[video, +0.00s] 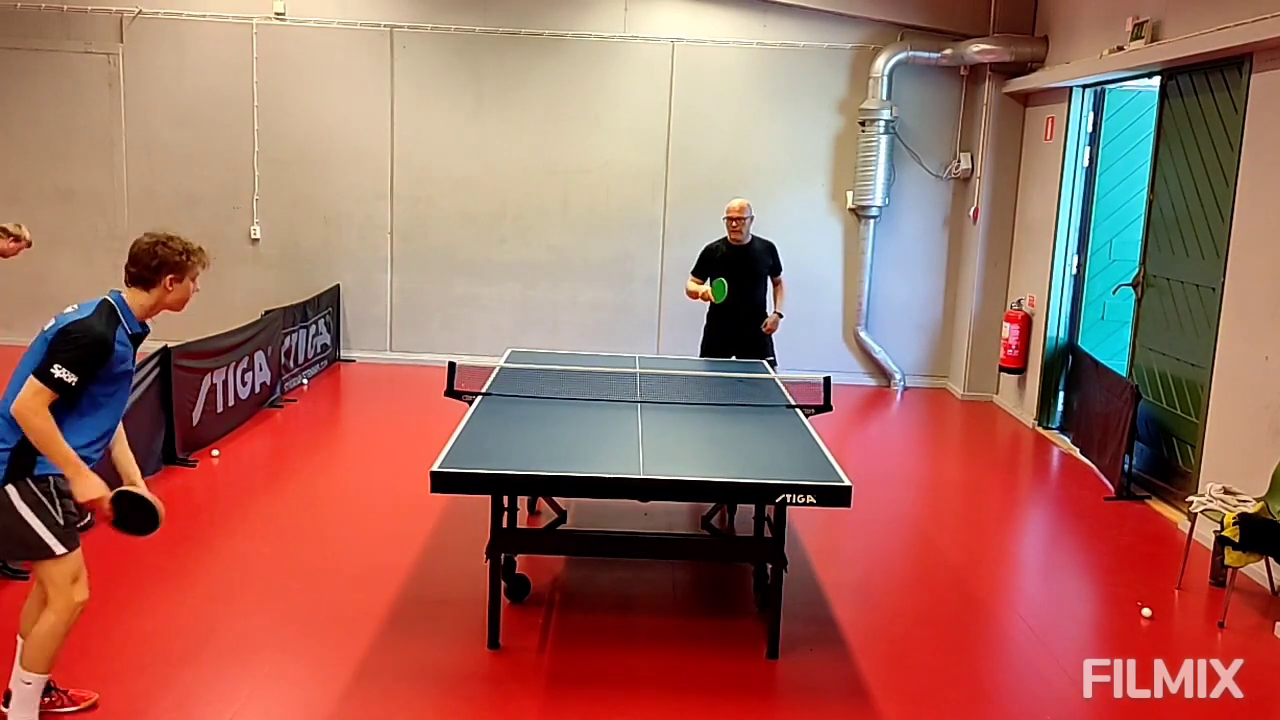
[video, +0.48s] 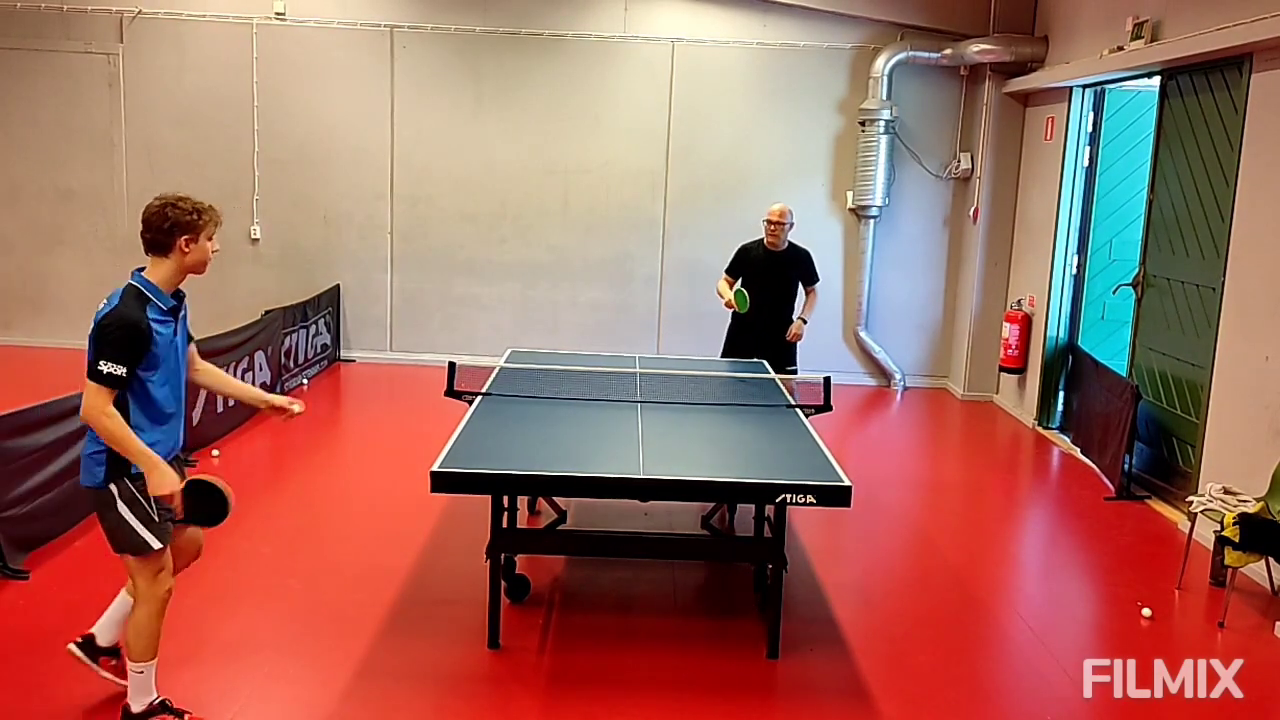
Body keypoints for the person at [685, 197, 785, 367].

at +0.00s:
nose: (734, 224)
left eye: (739, 220)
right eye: (730, 220)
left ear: (751, 221)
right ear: (724, 221)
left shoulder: (766, 250)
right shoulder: (712, 251)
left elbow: (777, 283)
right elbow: (691, 285)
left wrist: (778, 313)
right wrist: (701, 290)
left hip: (754, 334)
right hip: (718, 334)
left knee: (763, 390)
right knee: (710, 387)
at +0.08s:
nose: (738, 225)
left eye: (744, 220)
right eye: (734, 220)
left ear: (755, 222)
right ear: (728, 222)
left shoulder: (771, 251)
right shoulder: (717, 252)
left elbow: (781, 285)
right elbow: (696, 285)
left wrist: (780, 315)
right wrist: (704, 291)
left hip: (757, 337)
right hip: (721, 336)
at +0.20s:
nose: (751, 226)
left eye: (757, 222)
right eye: (747, 221)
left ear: (769, 225)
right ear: (742, 223)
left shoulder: (783, 255)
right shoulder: (729, 253)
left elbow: (794, 289)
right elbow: (708, 285)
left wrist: (789, 319)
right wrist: (714, 294)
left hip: (768, 338)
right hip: (731, 336)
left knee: (782, 390)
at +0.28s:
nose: (758, 227)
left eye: (764, 223)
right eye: (754, 222)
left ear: (776, 226)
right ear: (749, 224)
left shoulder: (789, 256)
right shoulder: (735, 254)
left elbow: (801, 291)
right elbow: (715, 284)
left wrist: (793, 321)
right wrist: (719, 295)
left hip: (772, 337)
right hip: (737, 336)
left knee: (786, 389)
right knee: (726, 391)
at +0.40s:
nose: (769, 228)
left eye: (776, 224)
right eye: (766, 223)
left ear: (788, 227)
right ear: (760, 224)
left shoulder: (798, 257)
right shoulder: (745, 252)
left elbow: (810, 292)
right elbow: (723, 284)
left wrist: (800, 322)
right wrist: (726, 297)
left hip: (778, 339)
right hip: (742, 337)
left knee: (786, 392)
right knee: (732, 392)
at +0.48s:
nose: (772, 228)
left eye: (779, 224)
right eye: (769, 223)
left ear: (790, 227)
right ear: (763, 224)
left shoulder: (800, 257)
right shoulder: (747, 252)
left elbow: (811, 292)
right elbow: (724, 283)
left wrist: (802, 321)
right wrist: (728, 296)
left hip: (779, 337)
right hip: (743, 334)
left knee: (786, 390)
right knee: (731, 387)